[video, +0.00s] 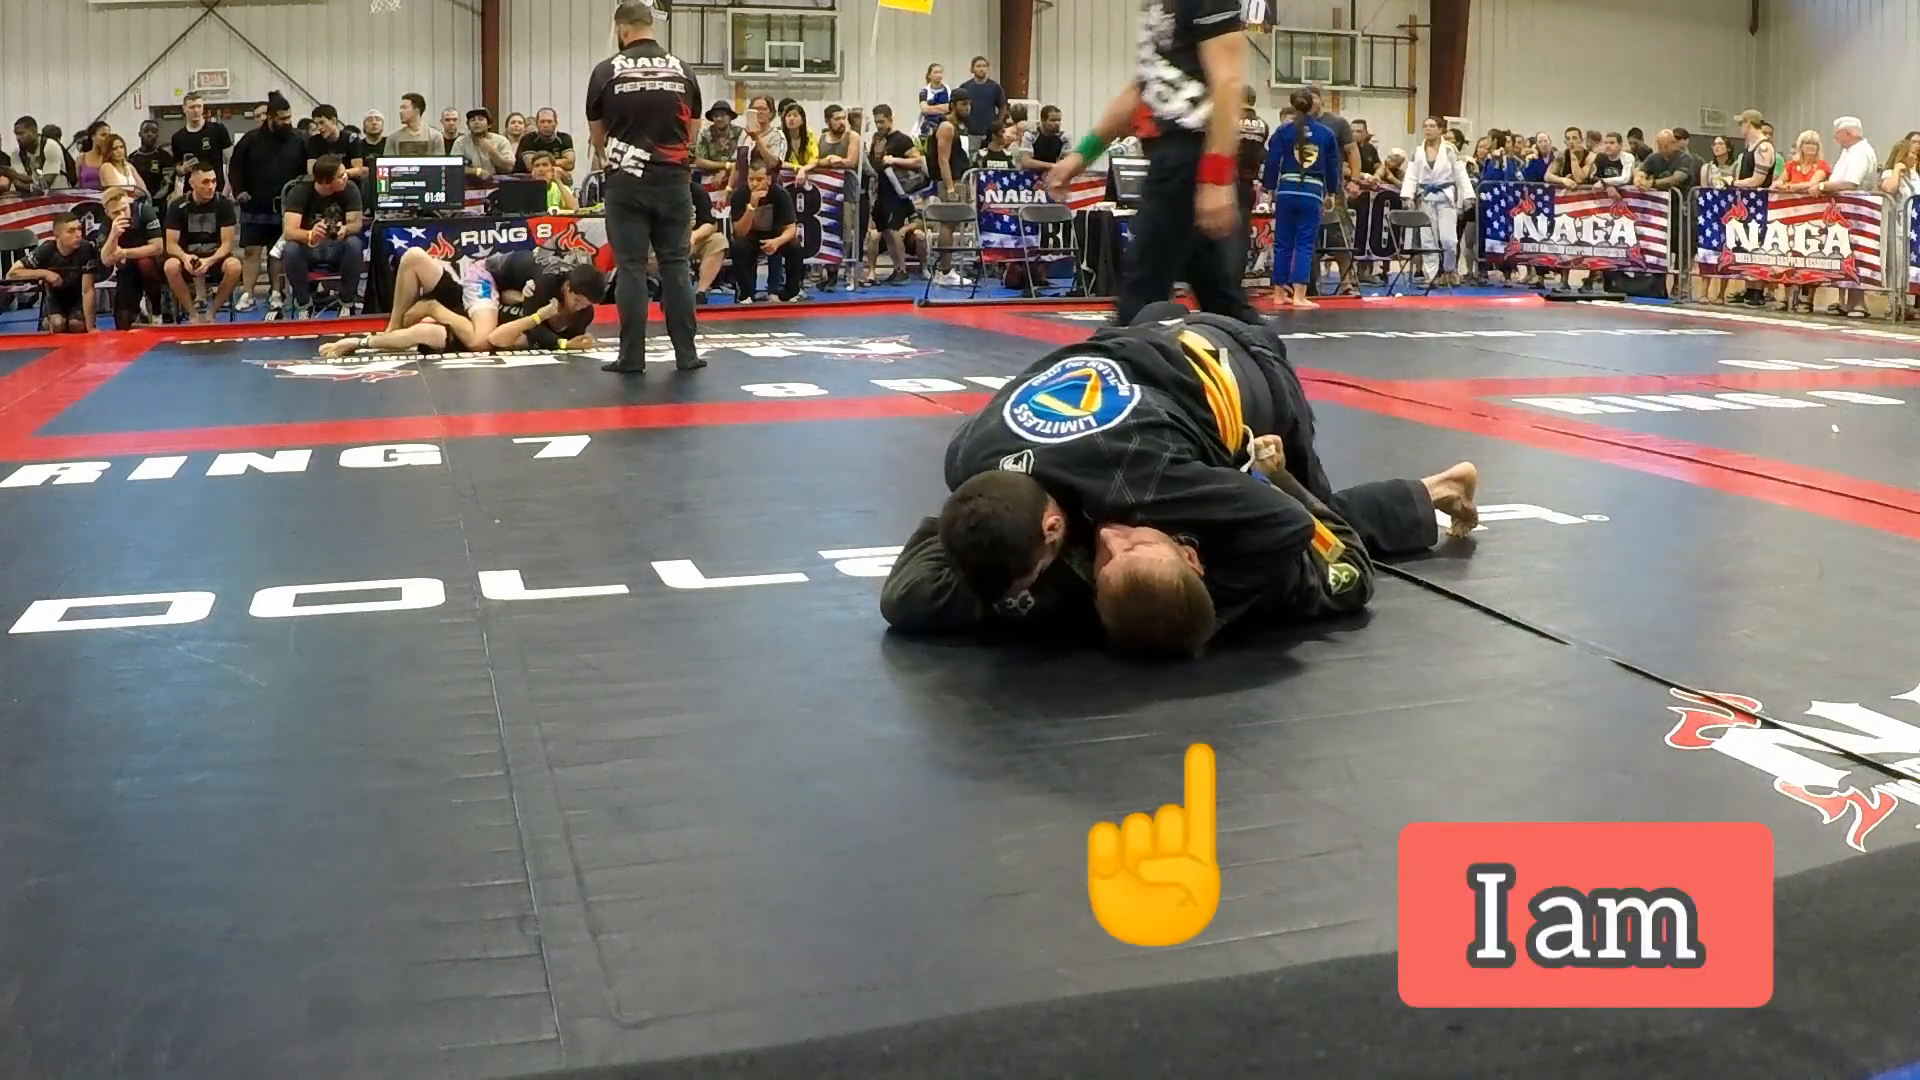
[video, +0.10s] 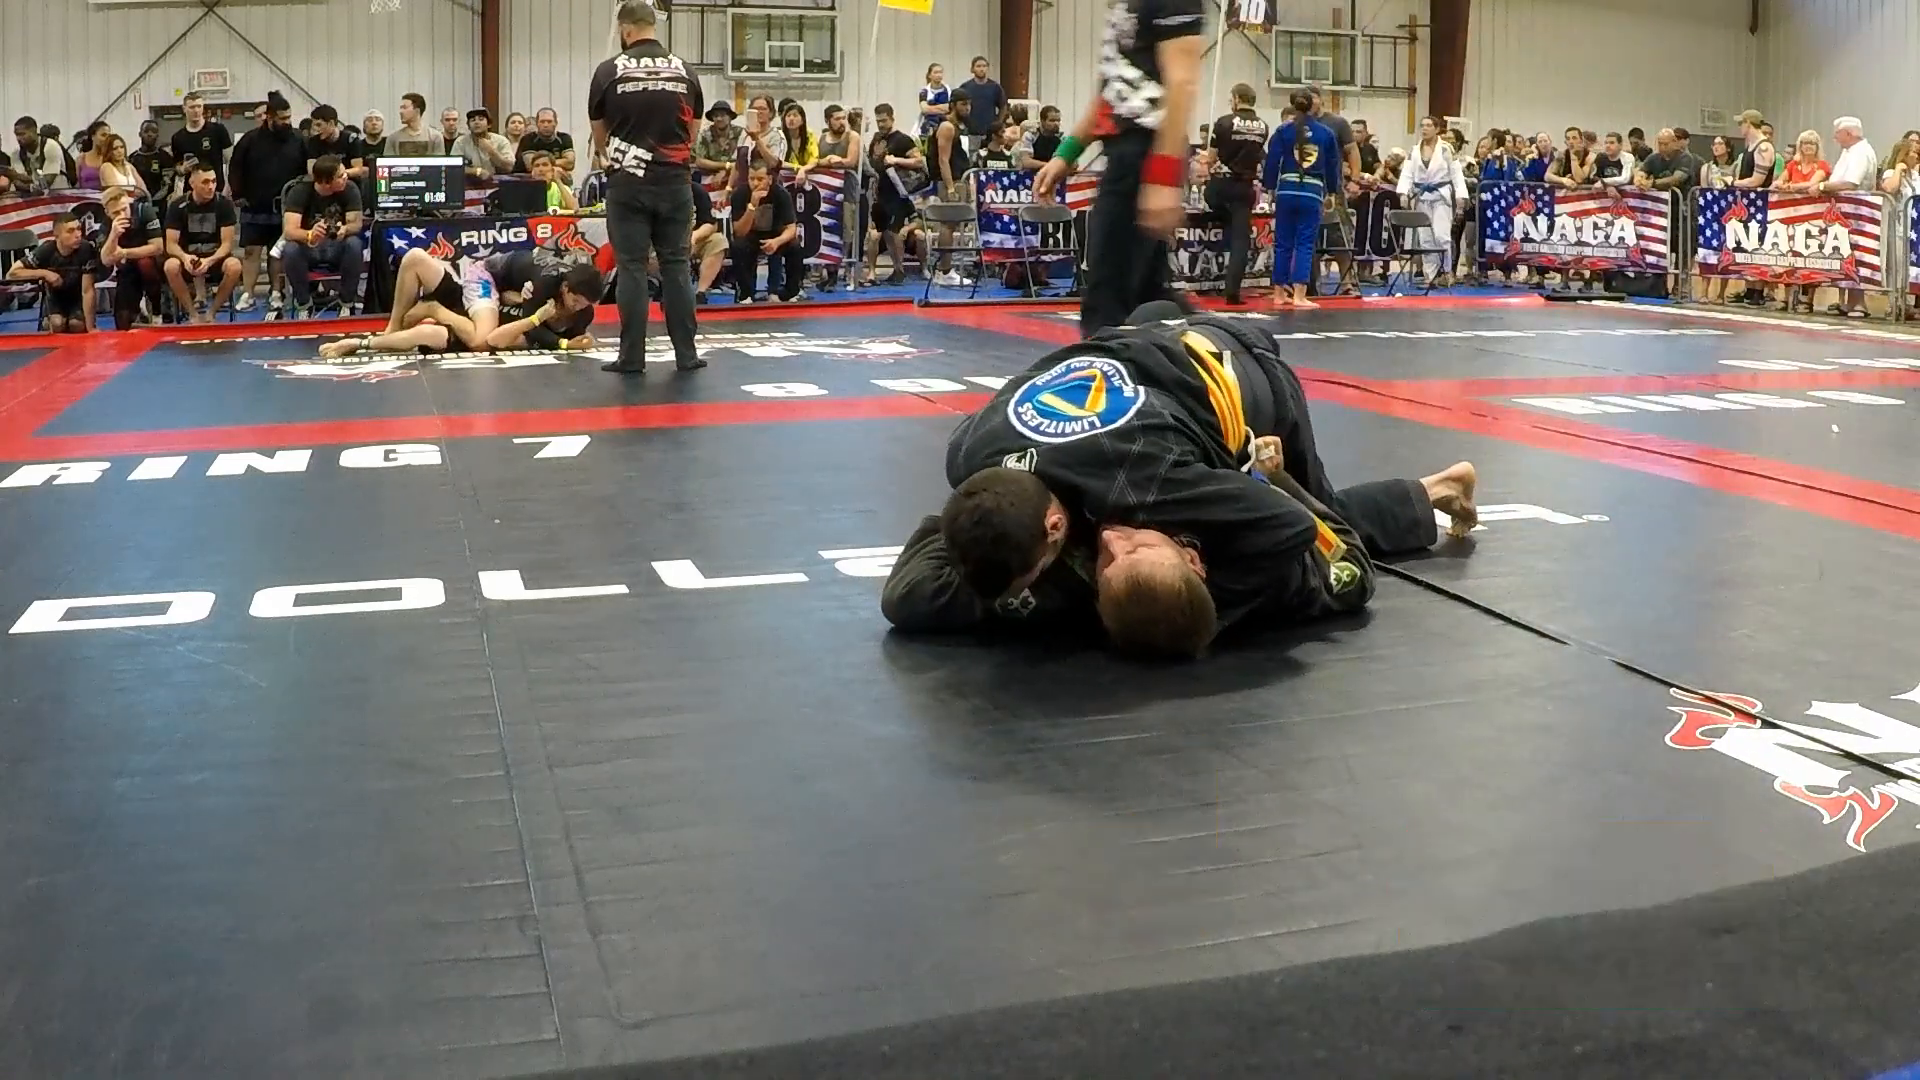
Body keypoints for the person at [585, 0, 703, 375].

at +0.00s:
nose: (617, 37)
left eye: (617, 32)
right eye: (618, 32)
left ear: (622, 30)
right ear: (652, 27)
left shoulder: (606, 71)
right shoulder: (683, 69)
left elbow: (598, 136)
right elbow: (691, 130)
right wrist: (671, 158)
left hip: (626, 183)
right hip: (673, 181)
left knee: (631, 267)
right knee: (677, 263)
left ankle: (631, 358)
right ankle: (686, 354)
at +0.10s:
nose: (621, 37)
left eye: (620, 32)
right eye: (622, 32)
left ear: (626, 30)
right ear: (654, 27)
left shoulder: (609, 70)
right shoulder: (685, 69)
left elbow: (600, 134)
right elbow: (693, 127)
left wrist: (614, 161)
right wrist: (675, 158)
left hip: (628, 183)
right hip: (675, 182)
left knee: (631, 266)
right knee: (677, 264)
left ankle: (631, 358)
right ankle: (686, 355)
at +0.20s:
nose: (623, 37)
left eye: (622, 32)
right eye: (624, 32)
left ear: (628, 30)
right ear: (657, 27)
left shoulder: (610, 70)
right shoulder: (687, 70)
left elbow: (601, 136)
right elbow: (694, 129)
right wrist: (677, 160)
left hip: (629, 184)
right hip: (676, 183)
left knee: (632, 267)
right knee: (678, 265)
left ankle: (632, 358)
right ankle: (687, 355)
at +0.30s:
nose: (624, 37)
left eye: (623, 33)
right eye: (626, 32)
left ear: (628, 31)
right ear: (659, 28)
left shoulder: (611, 70)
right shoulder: (688, 71)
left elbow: (602, 135)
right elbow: (695, 128)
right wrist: (677, 158)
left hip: (629, 184)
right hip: (677, 183)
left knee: (632, 267)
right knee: (678, 265)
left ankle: (632, 357)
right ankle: (686, 355)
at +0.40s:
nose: (625, 37)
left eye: (624, 32)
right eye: (626, 33)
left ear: (629, 31)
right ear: (659, 27)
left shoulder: (611, 70)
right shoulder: (688, 69)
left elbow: (603, 136)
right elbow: (696, 130)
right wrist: (680, 160)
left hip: (630, 183)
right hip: (677, 181)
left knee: (633, 267)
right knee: (678, 264)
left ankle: (632, 358)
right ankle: (686, 354)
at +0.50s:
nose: (625, 37)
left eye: (625, 32)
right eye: (627, 32)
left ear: (630, 31)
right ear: (660, 28)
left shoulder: (612, 70)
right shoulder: (689, 70)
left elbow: (603, 135)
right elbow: (697, 130)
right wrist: (681, 162)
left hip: (630, 182)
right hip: (677, 180)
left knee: (633, 267)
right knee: (677, 263)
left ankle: (632, 357)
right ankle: (686, 354)